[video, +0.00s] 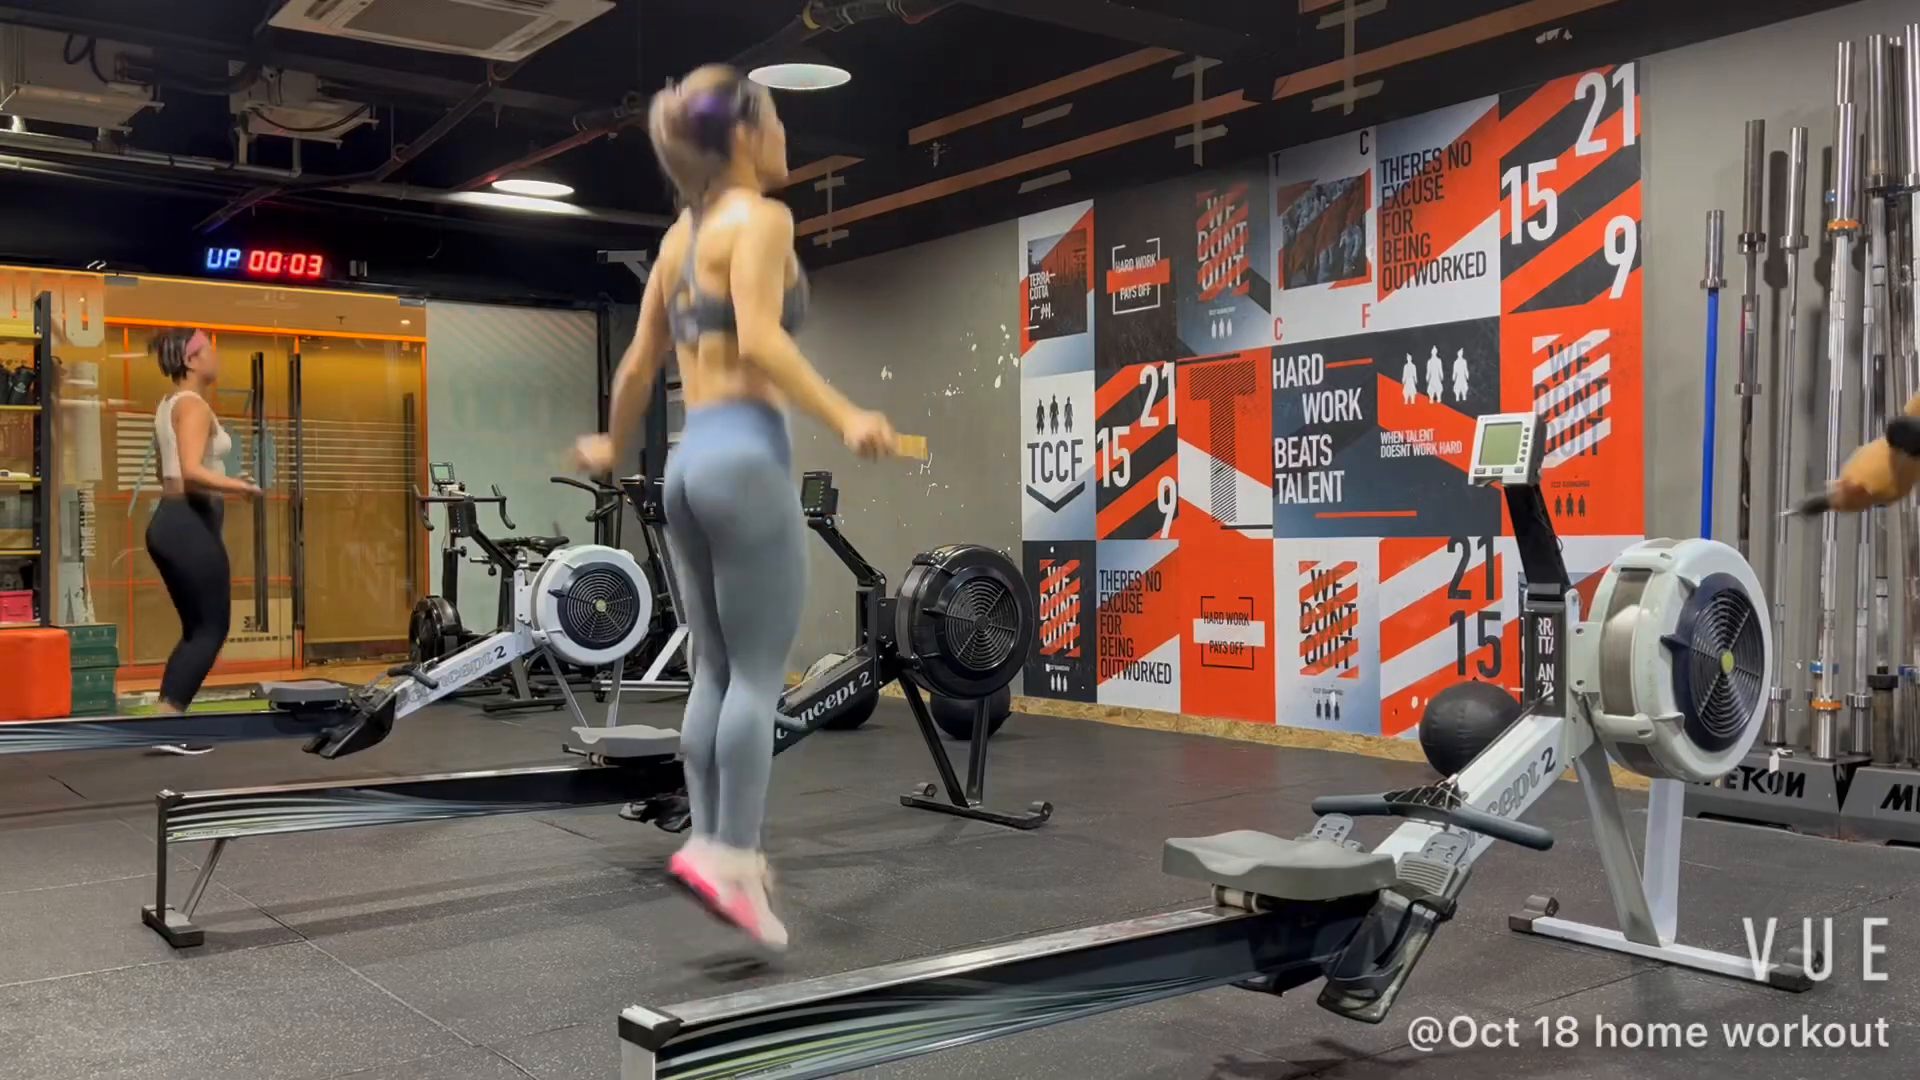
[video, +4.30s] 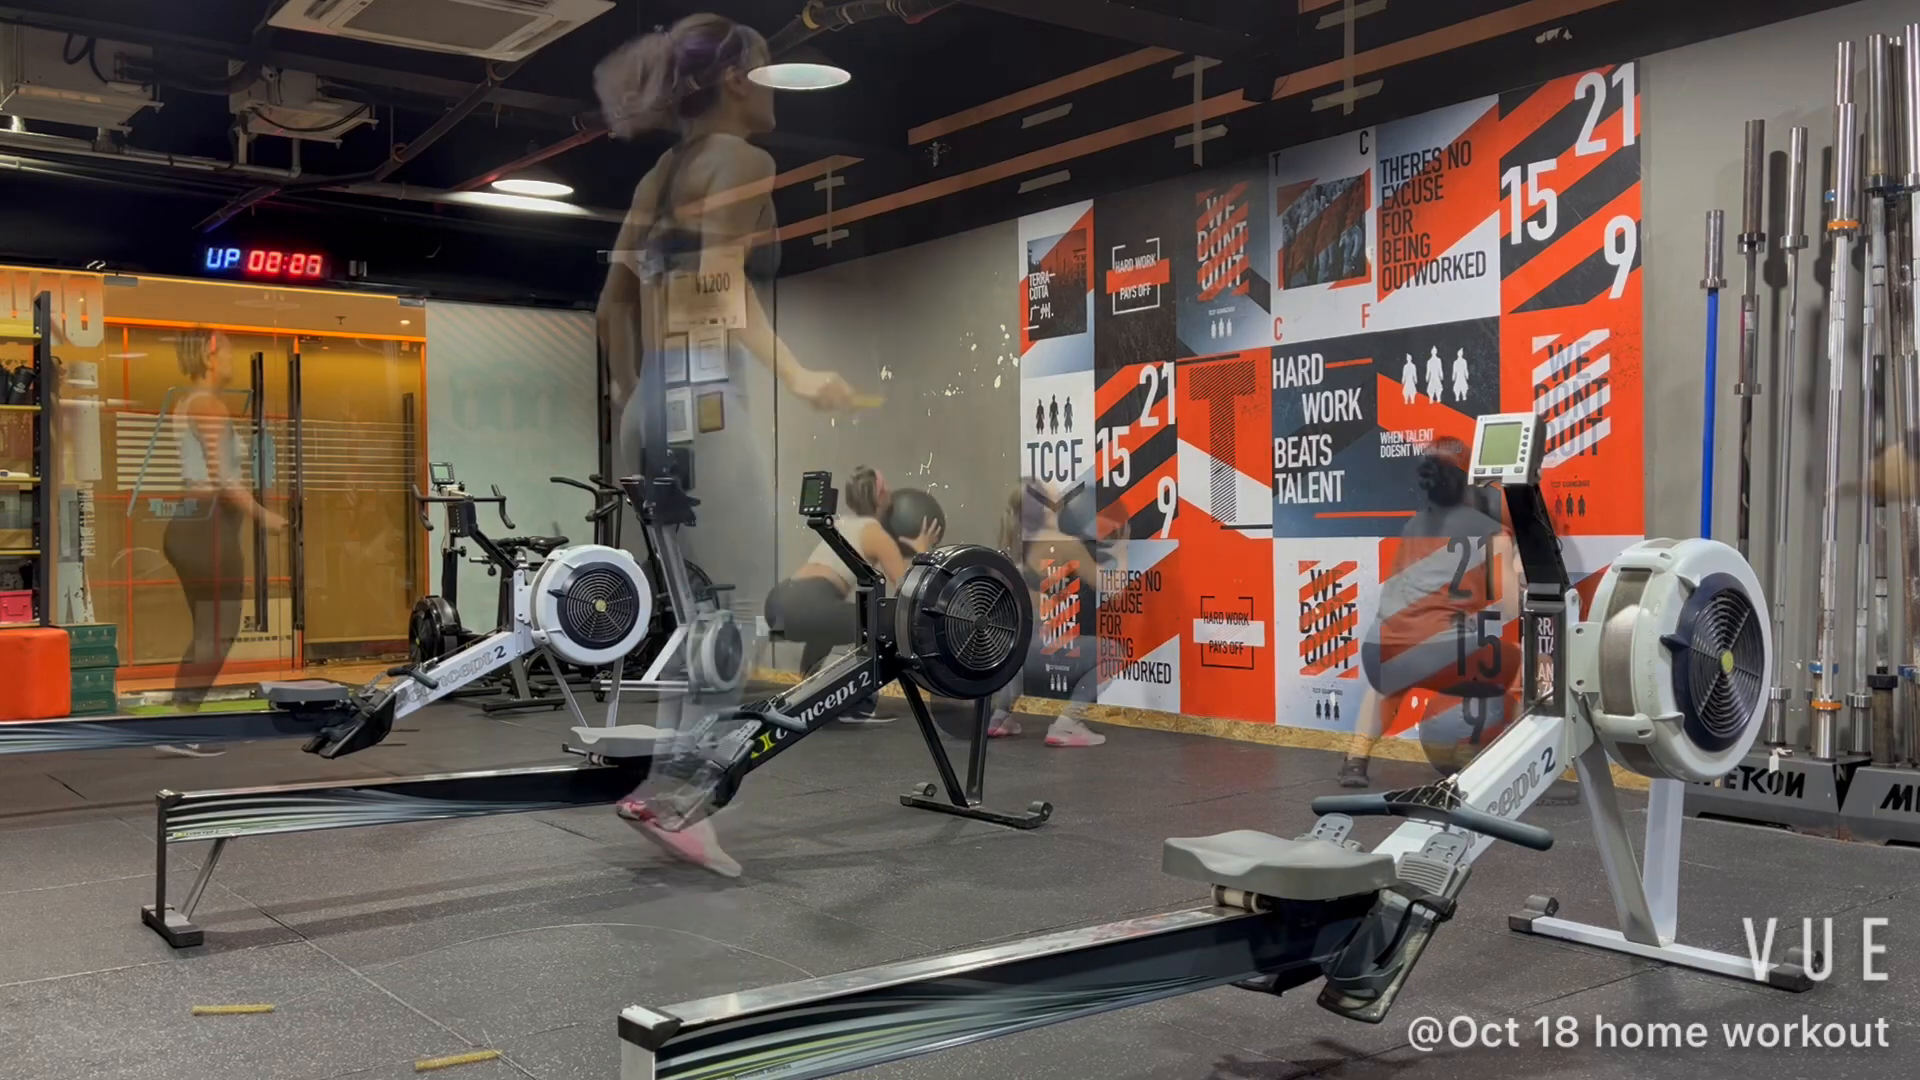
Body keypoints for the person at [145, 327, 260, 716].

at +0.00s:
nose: (216, 355)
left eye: (212, 347)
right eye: (211, 348)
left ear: (187, 361)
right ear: (194, 359)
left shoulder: (169, 406)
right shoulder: (193, 406)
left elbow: (175, 473)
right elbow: (192, 471)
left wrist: (224, 485)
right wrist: (235, 484)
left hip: (169, 520)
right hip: (188, 521)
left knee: (196, 627)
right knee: (213, 624)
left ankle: (165, 714)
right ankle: (167, 716)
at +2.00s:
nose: (226, 360)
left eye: (223, 352)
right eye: (221, 352)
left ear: (196, 359)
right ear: (204, 357)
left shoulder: (181, 406)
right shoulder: (201, 406)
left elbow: (195, 476)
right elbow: (210, 474)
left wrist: (244, 497)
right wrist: (262, 498)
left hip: (185, 523)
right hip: (202, 524)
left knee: (210, 631)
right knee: (221, 632)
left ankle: (178, 717)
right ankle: (181, 719)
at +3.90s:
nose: (232, 361)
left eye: (228, 353)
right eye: (226, 355)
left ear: (200, 362)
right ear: (207, 361)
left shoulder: (185, 406)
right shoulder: (208, 409)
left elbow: (208, 477)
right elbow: (217, 479)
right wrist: (266, 505)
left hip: (191, 526)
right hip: (208, 528)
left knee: (213, 632)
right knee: (225, 633)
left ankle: (180, 716)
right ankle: (183, 718)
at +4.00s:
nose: (229, 339)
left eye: (224, 331)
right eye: (223, 332)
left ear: (197, 343)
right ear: (207, 340)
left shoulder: (184, 388)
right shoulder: (208, 388)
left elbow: (199, 455)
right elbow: (217, 455)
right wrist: (246, 496)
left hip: (192, 504)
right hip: (210, 504)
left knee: (206, 610)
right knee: (216, 610)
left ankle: (189, 706)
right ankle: (192, 708)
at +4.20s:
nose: (230, 351)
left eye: (226, 342)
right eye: (225, 342)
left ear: (200, 348)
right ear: (209, 347)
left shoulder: (187, 397)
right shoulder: (208, 396)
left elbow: (200, 469)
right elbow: (213, 469)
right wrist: (261, 493)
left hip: (189, 521)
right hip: (210, 522)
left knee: (209, 625)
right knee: (221, 626)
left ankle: (181, 720)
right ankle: (184, 723)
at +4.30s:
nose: (232, 359)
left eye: (229, 350)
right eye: (226, 350)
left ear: (202, 354)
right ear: (210, 354)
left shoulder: (188, 403)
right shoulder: (210, 405)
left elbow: (200, 478)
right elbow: (219, 476)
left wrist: (243, 505)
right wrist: (262, 513)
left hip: (190, 527)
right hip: (210, 528)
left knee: (208, 632)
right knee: (220, 633)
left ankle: (179, 719)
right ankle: (182, 721)